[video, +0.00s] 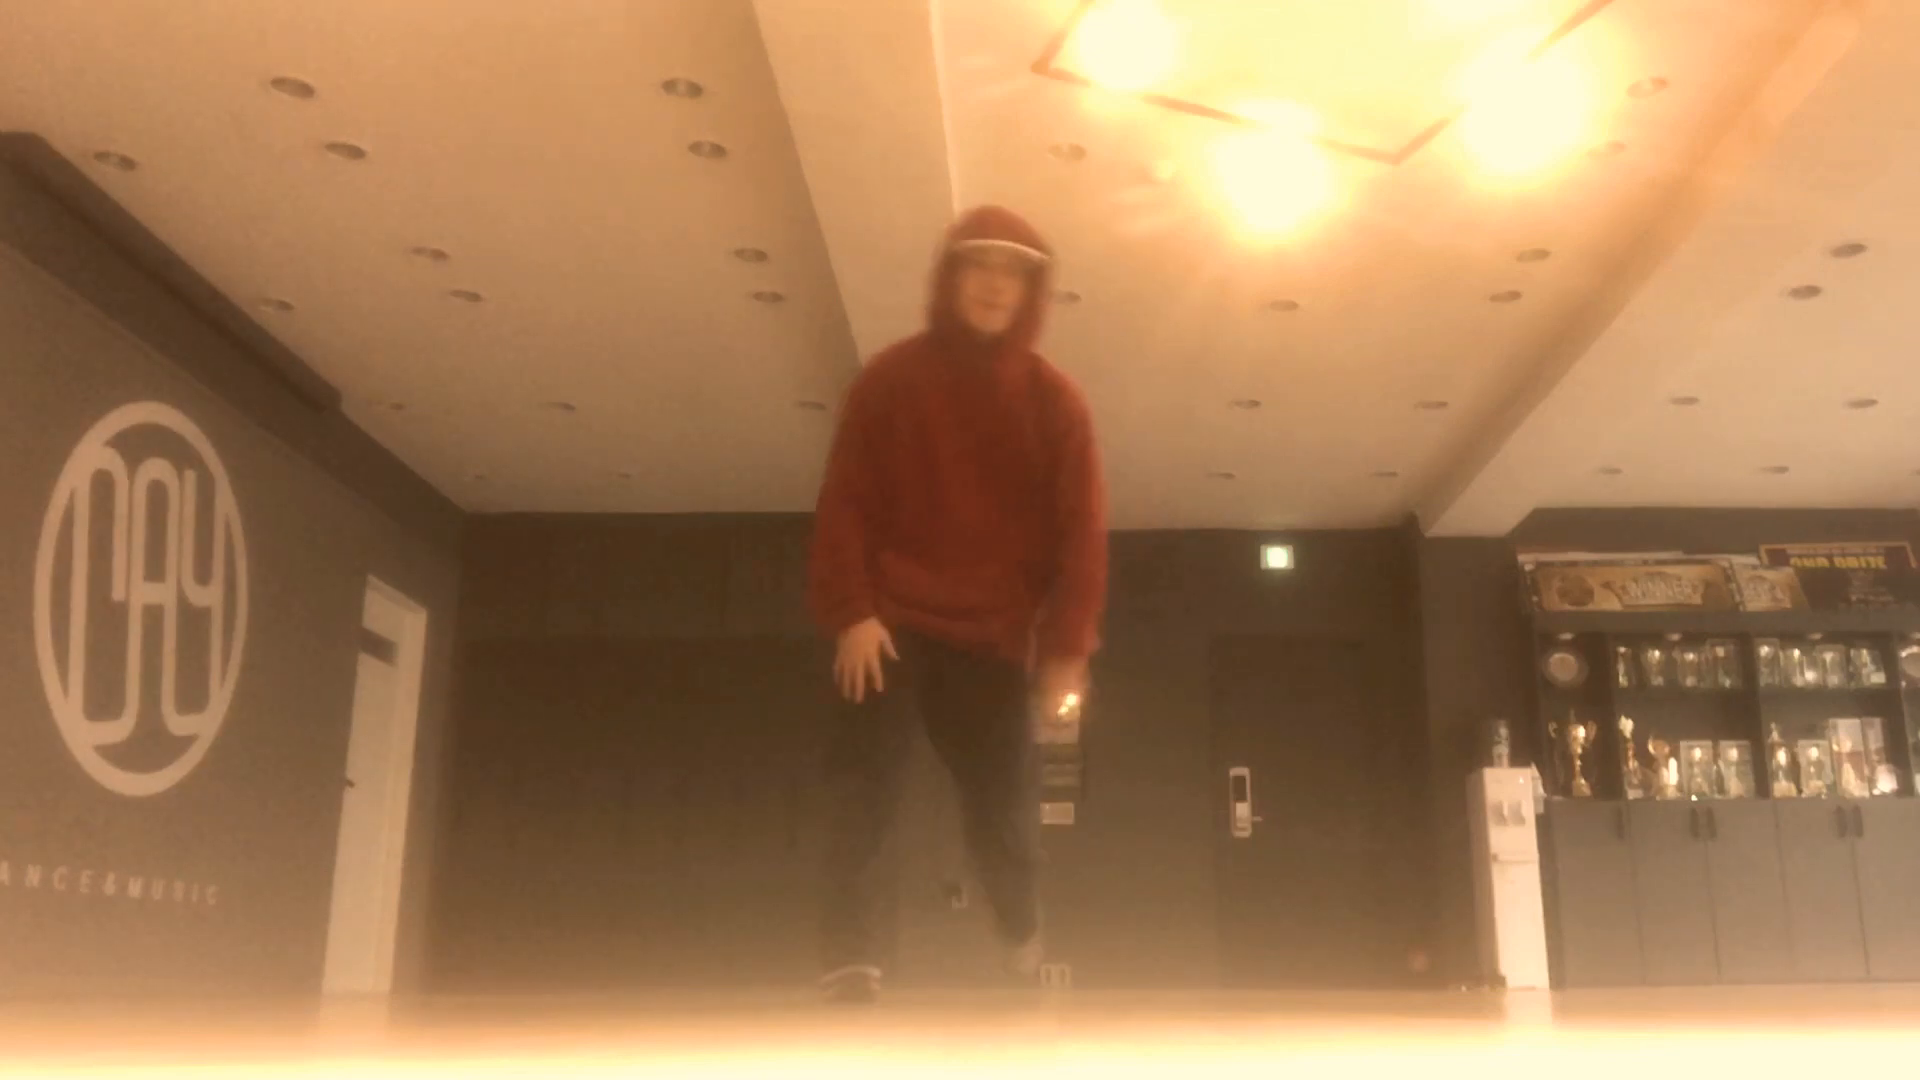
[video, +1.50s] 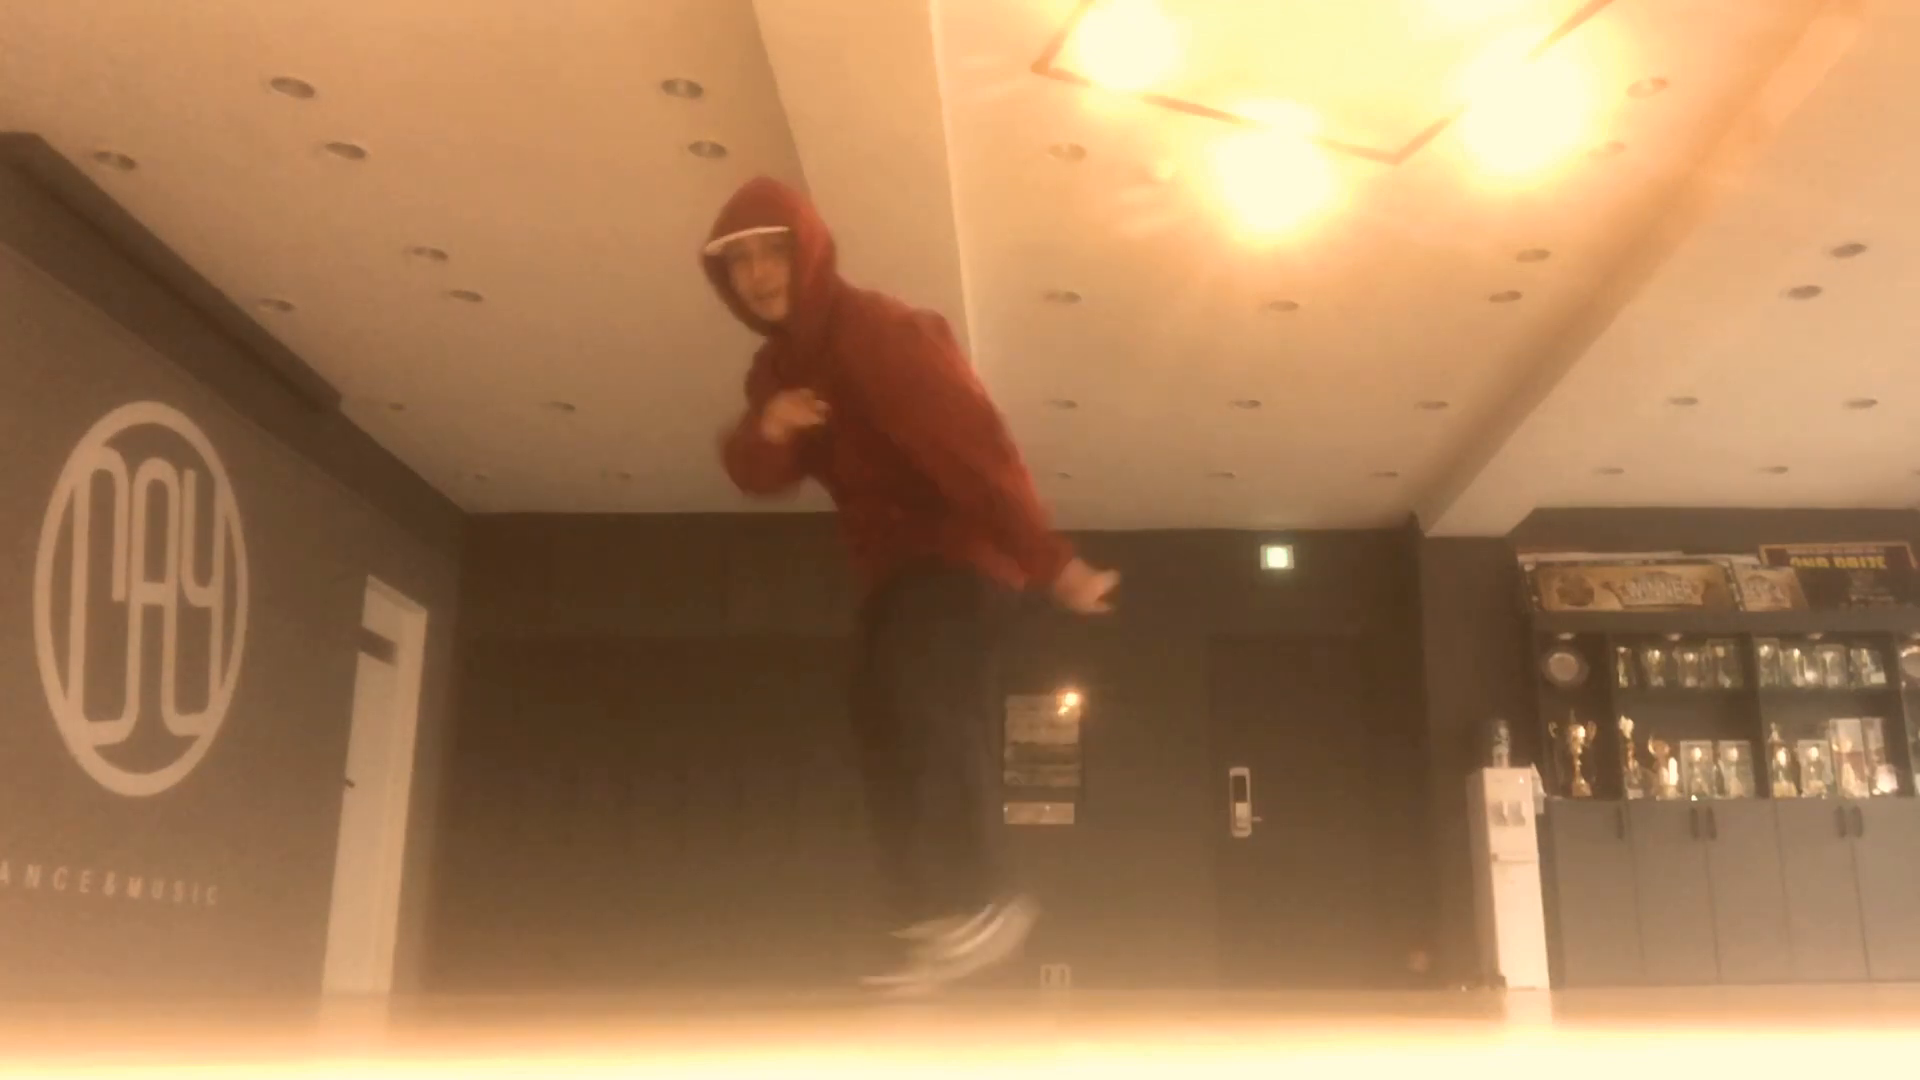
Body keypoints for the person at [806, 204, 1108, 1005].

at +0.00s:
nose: (992, 287)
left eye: (1011, 274)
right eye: (977, 267)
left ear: (1032, 291)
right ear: (947, 278)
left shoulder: (1053, 398)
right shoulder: (891, 379)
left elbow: (1083, 534)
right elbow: (842, 503)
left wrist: (1068, 655)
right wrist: (851, 613)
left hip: (993, 640)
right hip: (889, 629)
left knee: (1006, 813)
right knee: (862, 800)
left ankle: (1024, 952)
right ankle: (855, 964)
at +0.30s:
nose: (946, 237)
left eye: (967, 224)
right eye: (929, 217)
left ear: (988, 247)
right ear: (898, 230)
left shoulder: (1007, 368)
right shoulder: (842, 328)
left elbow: (1044, 496)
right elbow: (803, 457)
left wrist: (1020, 605)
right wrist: (902, 519)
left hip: (967, 592)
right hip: (849, 587)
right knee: (860, 751)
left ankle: (921, 917)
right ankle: (864, 938)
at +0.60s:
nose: (917, 231)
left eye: (938, 214)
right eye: (899, 211)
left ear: (962, 232)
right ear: (870, 221)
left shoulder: (986, 345)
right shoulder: (821, 323)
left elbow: (1044, 460)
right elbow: (785, 456)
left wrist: (1077, 544)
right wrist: (897, 514)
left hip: (928, 593)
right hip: (814, 589)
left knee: (907, 734)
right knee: (813, 755)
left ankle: (893, 932)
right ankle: (830, 942)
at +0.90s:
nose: (802, 295)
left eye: (819, 273)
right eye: (784, 276)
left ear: (854, 279)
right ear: (763, 286)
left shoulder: (918, 371)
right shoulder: (764, 385)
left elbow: (952, 530)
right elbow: (708, 484)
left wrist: (828, 566)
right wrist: (687, 543)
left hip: (947, 582)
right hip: (842, 586)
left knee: (915, 727)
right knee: (829, 743)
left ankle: (922, 951)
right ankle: (837, 950)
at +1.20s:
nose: (739, 323)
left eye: (755, 300)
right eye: (720, 309)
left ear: (796, 301)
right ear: (708, 326)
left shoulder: (867, 376)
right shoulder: (762, 420)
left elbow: (852, 520)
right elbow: (751, 536)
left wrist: (735, 628)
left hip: (959, 575)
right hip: (865, 591)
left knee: (907, 741)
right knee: (829, 746)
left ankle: (985, 880)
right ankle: (851, 951)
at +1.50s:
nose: (756, 276)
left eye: (770, 253)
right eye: (737, 262)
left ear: (809, 252)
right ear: (726, 281)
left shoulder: (881, 333)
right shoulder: (777, 366)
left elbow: (971, 448)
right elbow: (752, 474)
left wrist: (1053, 562)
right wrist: (768, 431)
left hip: (966, 551)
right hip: (899, 561)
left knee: (919, 693)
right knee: (881, 707)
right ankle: (925, 913)